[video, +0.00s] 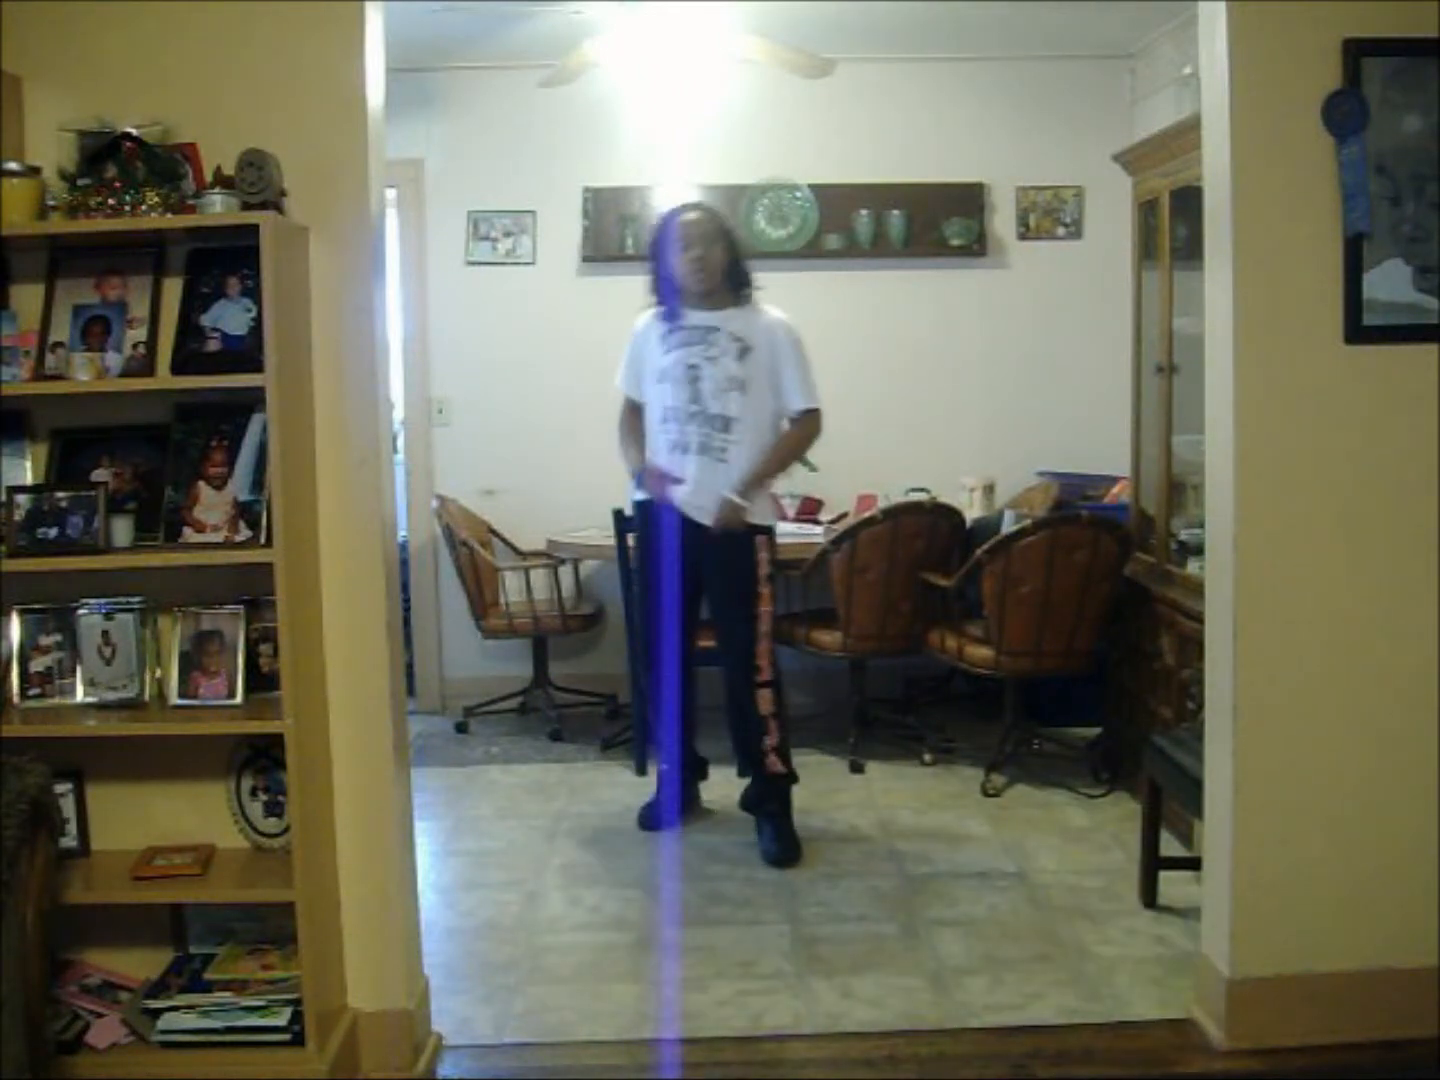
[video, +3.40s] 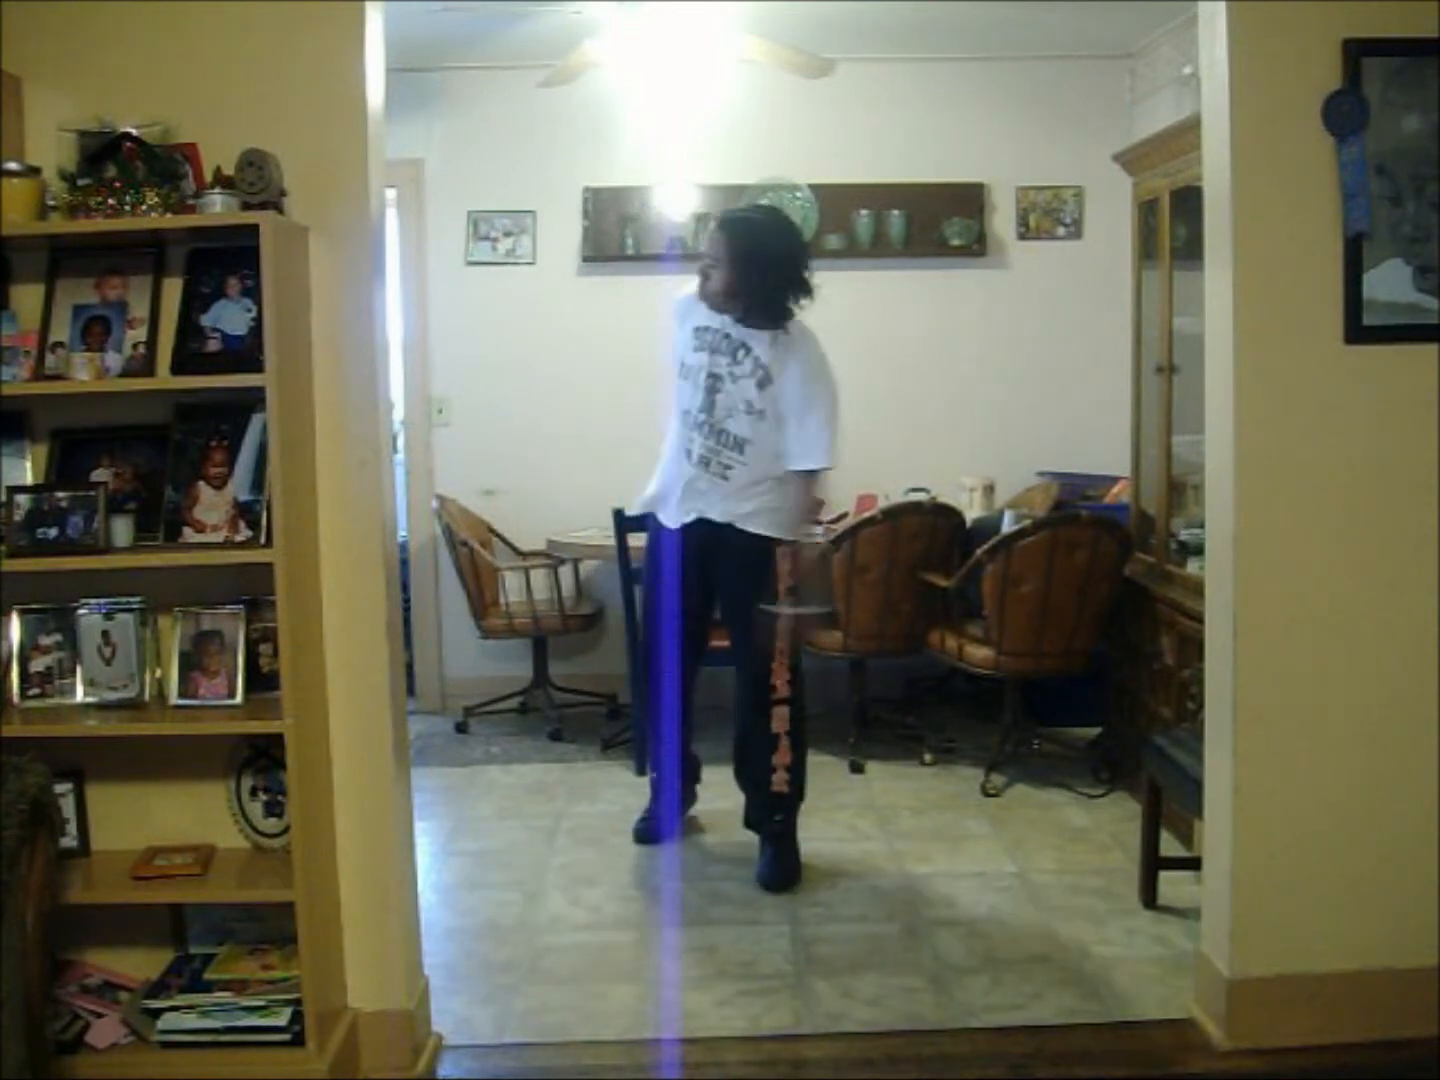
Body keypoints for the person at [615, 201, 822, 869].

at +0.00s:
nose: (698, 257)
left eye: (708, 244)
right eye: (684, 248)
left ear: (730, 252)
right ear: (663, 262)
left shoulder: (769, 329)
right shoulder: (650, 333)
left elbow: (806, 422)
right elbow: (632, 412)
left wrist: (746, 490)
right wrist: (642, 465)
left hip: (739, 518)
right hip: (667, 514)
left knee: (750, 659)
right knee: (664, 655)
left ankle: (772, 801)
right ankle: (676, 782)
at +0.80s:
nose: (682, 259)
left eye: (693, 246)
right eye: (669, 248)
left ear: (715, 255)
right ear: (649, 260)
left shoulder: (754, 329)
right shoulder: (633, 339)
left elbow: (788, 417)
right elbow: (608, 428)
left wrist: (837, 483)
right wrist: (571, 509)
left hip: (728, 517)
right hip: (648, 515)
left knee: (746, 657)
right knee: (659, 659)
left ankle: (776, 796)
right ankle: (674, 784)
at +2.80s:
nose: (706, 237)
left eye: (719, 229)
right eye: (692, 230)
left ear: (739, 252)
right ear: (670, 254)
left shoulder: (772, 330)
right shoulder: (639, 328)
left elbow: (789, 418)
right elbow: (622, 409)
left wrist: (817, 476)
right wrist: (592, 471)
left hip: (740, 523)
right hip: (654, 518)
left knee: (755, 673)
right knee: (656, 667)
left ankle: (776, 822)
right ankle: (667, 795)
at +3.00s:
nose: (709, 240)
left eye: (728, 233)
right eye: (705, 229)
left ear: (757, 258)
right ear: (691, 249)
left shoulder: (789, 331)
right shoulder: (661, 316)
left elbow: (834, 412)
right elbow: (635, 391)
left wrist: (896, 443)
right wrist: (567, 431)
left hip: (749, 517)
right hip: (665, 512)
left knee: (765, 670)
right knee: (664, 662)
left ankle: (777, 824)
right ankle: (669, 796)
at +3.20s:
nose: (704, 264)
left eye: (719, 257)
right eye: (707, 252)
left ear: (758, 272)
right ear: (711, 255)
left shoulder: (806, 350)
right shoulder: (682, 308)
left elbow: (861, 441)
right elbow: (648, 376)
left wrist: (923, 519)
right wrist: (601, 441)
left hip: (755, 525)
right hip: (672, 516)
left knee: (768, 676)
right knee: (666, 664)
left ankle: (776, 825)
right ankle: (670, 795)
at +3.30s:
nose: (701, 272)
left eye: (715, 264)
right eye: (704, 259)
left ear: (757, 276)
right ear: (715, 259)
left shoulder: (800, 352)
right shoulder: (688, 310)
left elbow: (829, 460)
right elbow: (667, 394)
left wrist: (848, 549)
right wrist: (654, 476)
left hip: (757, 527)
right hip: (677, 515)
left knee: (766, 675)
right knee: (667, 665)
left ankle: (776, 824)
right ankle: (670, 793)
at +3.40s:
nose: (702, 276)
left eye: (717, 267)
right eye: (703, 262)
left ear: (758, 274)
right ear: (707, 259)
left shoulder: (796, 349)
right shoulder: (689, 316)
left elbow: (811, 455)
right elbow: (685, 410)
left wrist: (796, 532)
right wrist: (669, 494)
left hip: (759, 524)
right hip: (681, 515)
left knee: (767, 674)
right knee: (668, 663)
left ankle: (776, 825)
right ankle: (671, 794)